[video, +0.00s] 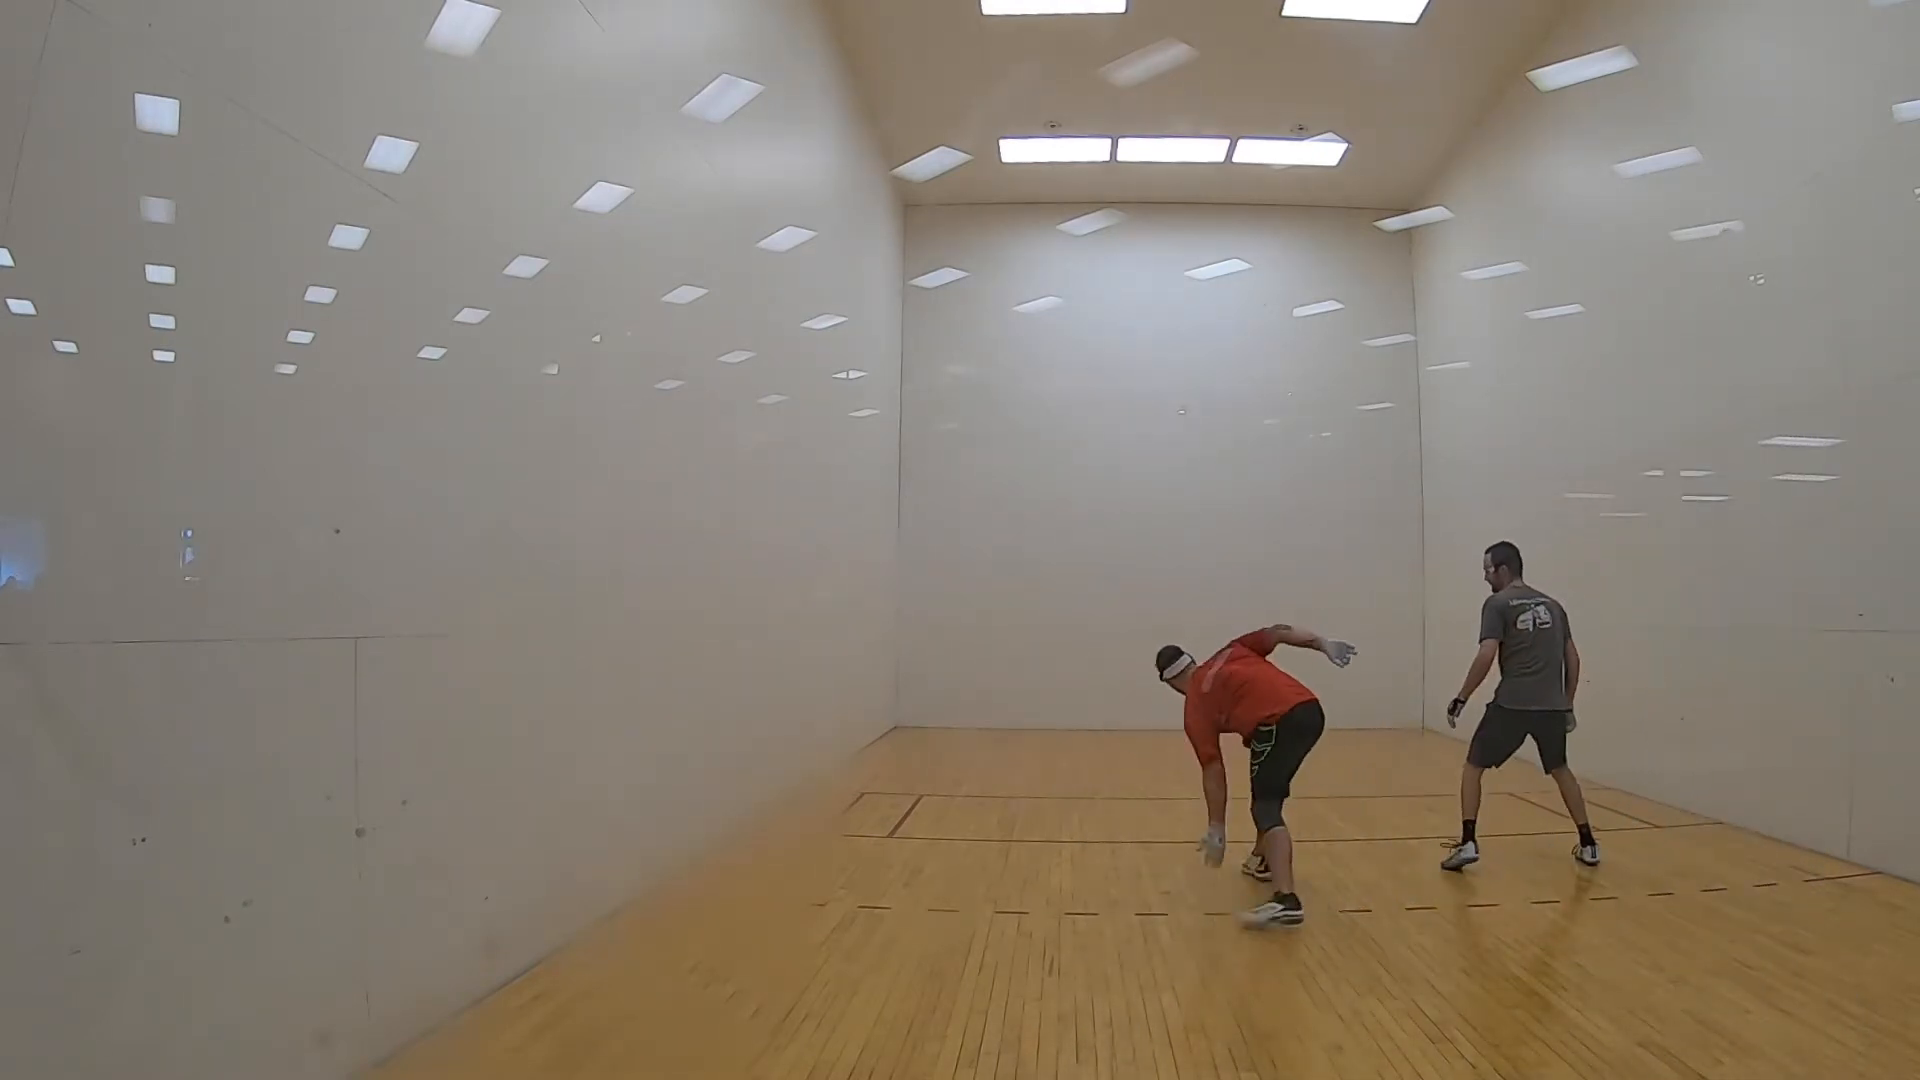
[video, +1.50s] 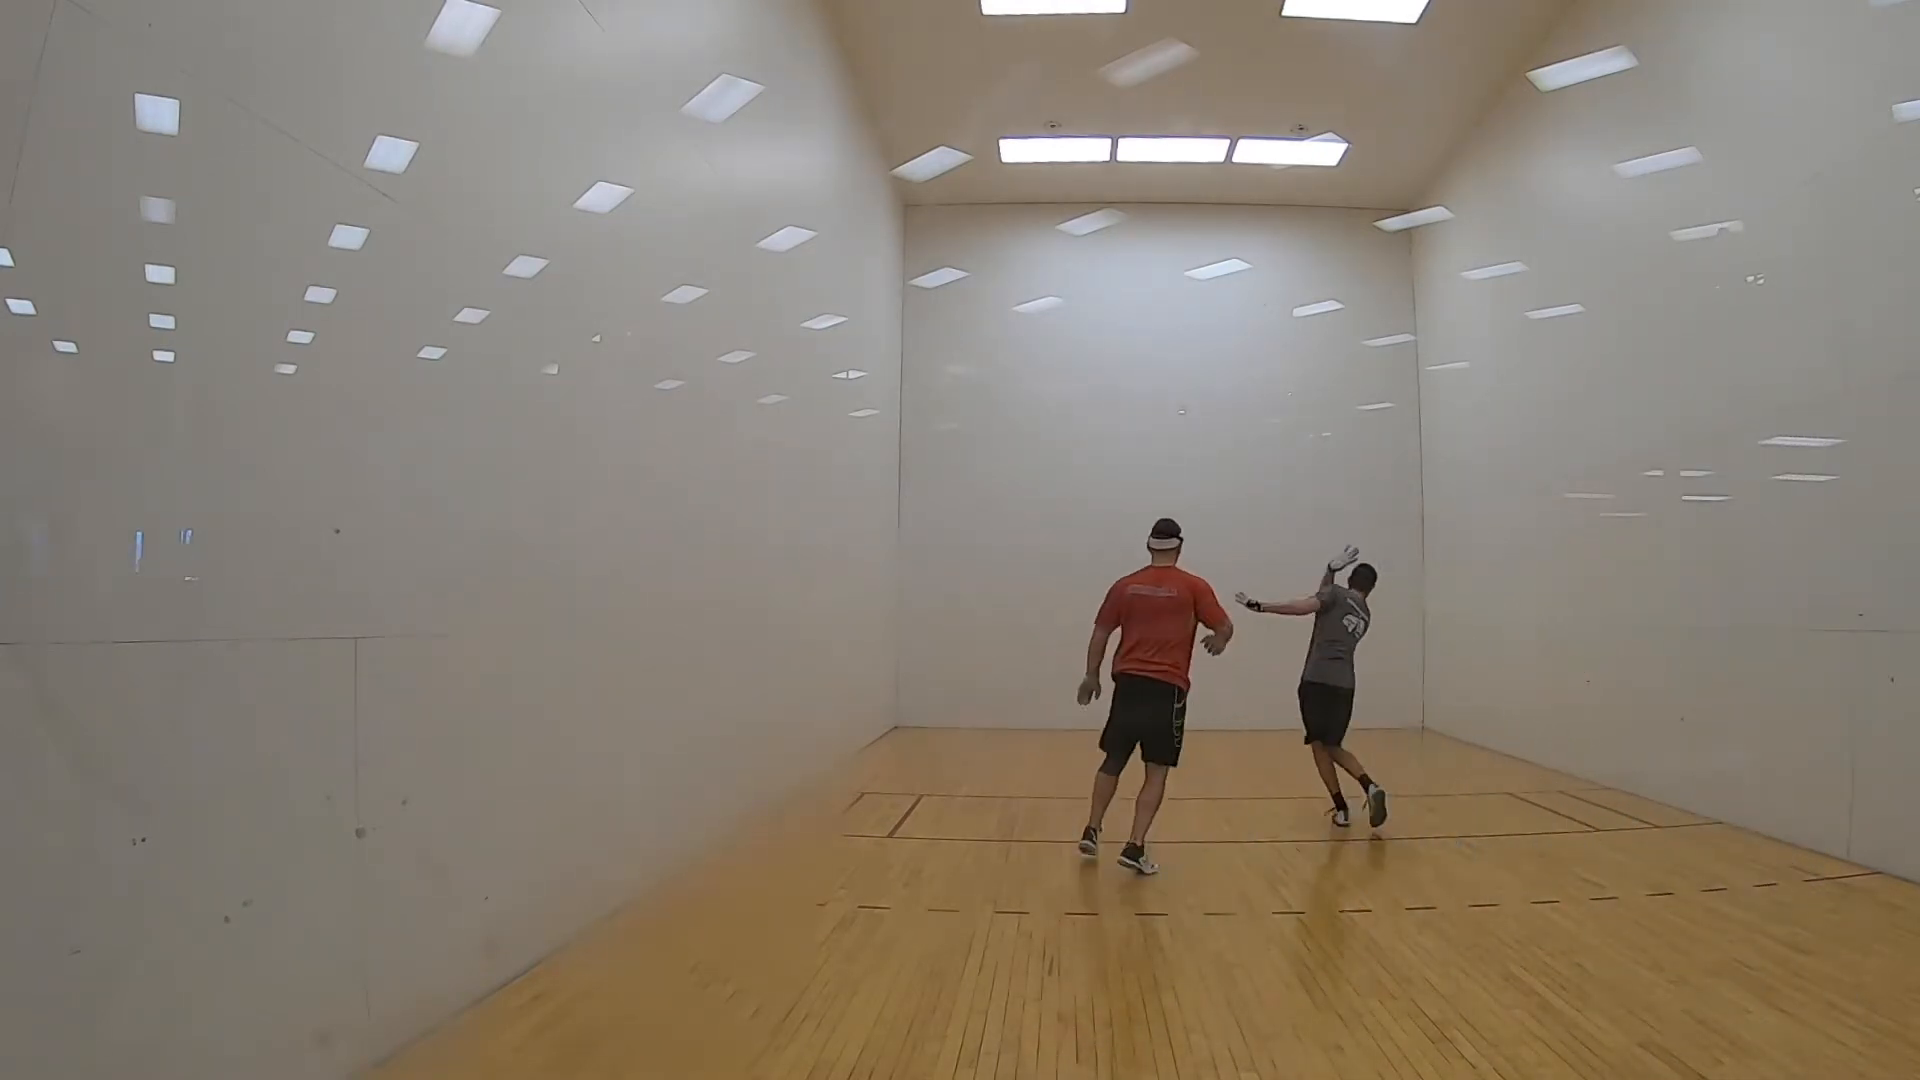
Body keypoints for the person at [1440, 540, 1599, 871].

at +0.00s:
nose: (1485, 576)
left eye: (1487, 569)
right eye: (1484, 570)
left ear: (1502, 569)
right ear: (1514, 570)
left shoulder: (1497, 603)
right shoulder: (1552, 604)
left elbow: (1488, 653)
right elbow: (1572, 657)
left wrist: (1462, 697)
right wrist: (1568, 703)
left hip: (1511, 706)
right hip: (1553, 707)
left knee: (1473, 766)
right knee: (1560, 769)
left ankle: (1468, 844)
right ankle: (1588, 845)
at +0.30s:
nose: (1447, 552)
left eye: (1447, 547)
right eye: (1449, 547)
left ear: (1452, 546)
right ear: (1479, 545)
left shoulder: (1449, 576)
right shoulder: (1506, 582)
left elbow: (1443, 626)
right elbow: (1520, 640)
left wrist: (1430, 674)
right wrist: (1509, 675)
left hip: (1466, 681)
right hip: (1506, 681)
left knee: (1450, 758)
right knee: (1506, 759)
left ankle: (1456, 847)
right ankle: (1524, 841)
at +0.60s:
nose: (1439, 593)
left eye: (1436, 587)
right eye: (1454, 588)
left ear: (1431, 591)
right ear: (1463, 592)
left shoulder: (1411, 631)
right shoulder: (1478, 635)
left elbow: (1381, 681)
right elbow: (1505, 686)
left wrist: (1379, 709)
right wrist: (1526, 666)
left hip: (1417, 736)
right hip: (1462, 737)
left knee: (1406, 809)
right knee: (1457, 786)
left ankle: (1413, 884)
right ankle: (1471, 859)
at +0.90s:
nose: (1457, 609)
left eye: (1447, 604)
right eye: (1461, 606)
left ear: (1435, 606)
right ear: (1462, 610)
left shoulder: (1412, 632)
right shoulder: (1457, 641)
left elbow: (1403, 674)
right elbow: (1493, 676)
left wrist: (1433, 696)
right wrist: (1542, 682)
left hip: (1381, 717)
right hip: (1420, 718)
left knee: (1401, 793)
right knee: (1444, 780)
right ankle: (1450, 856)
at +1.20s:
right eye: (1421, 619)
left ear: (1399, 612)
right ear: (1422, 622)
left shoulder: (1368, 627)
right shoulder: (1412, 662)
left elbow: (1325, 644)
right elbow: (1408, 713)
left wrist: (1311, 673)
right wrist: (1424, 754)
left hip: (1338, 714)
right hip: (1370, 724)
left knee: (1362, 753)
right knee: (1391, 781)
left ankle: (1349, 810)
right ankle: (1423, 822)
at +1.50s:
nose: (1354, 581)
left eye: (1353, 576)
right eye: (1364, 583)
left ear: (1350, 578)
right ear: (1370, 588)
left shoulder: (1335, 593)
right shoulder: (1364, 614)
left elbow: (1302, 607)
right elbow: (1326, 602)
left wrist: (1259, 606)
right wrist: (1330, 571)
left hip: (1316, 681)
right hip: (1344, 686)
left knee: (1318, 745)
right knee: (1333, 745)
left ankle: (1341, 809)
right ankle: (1370, 787)